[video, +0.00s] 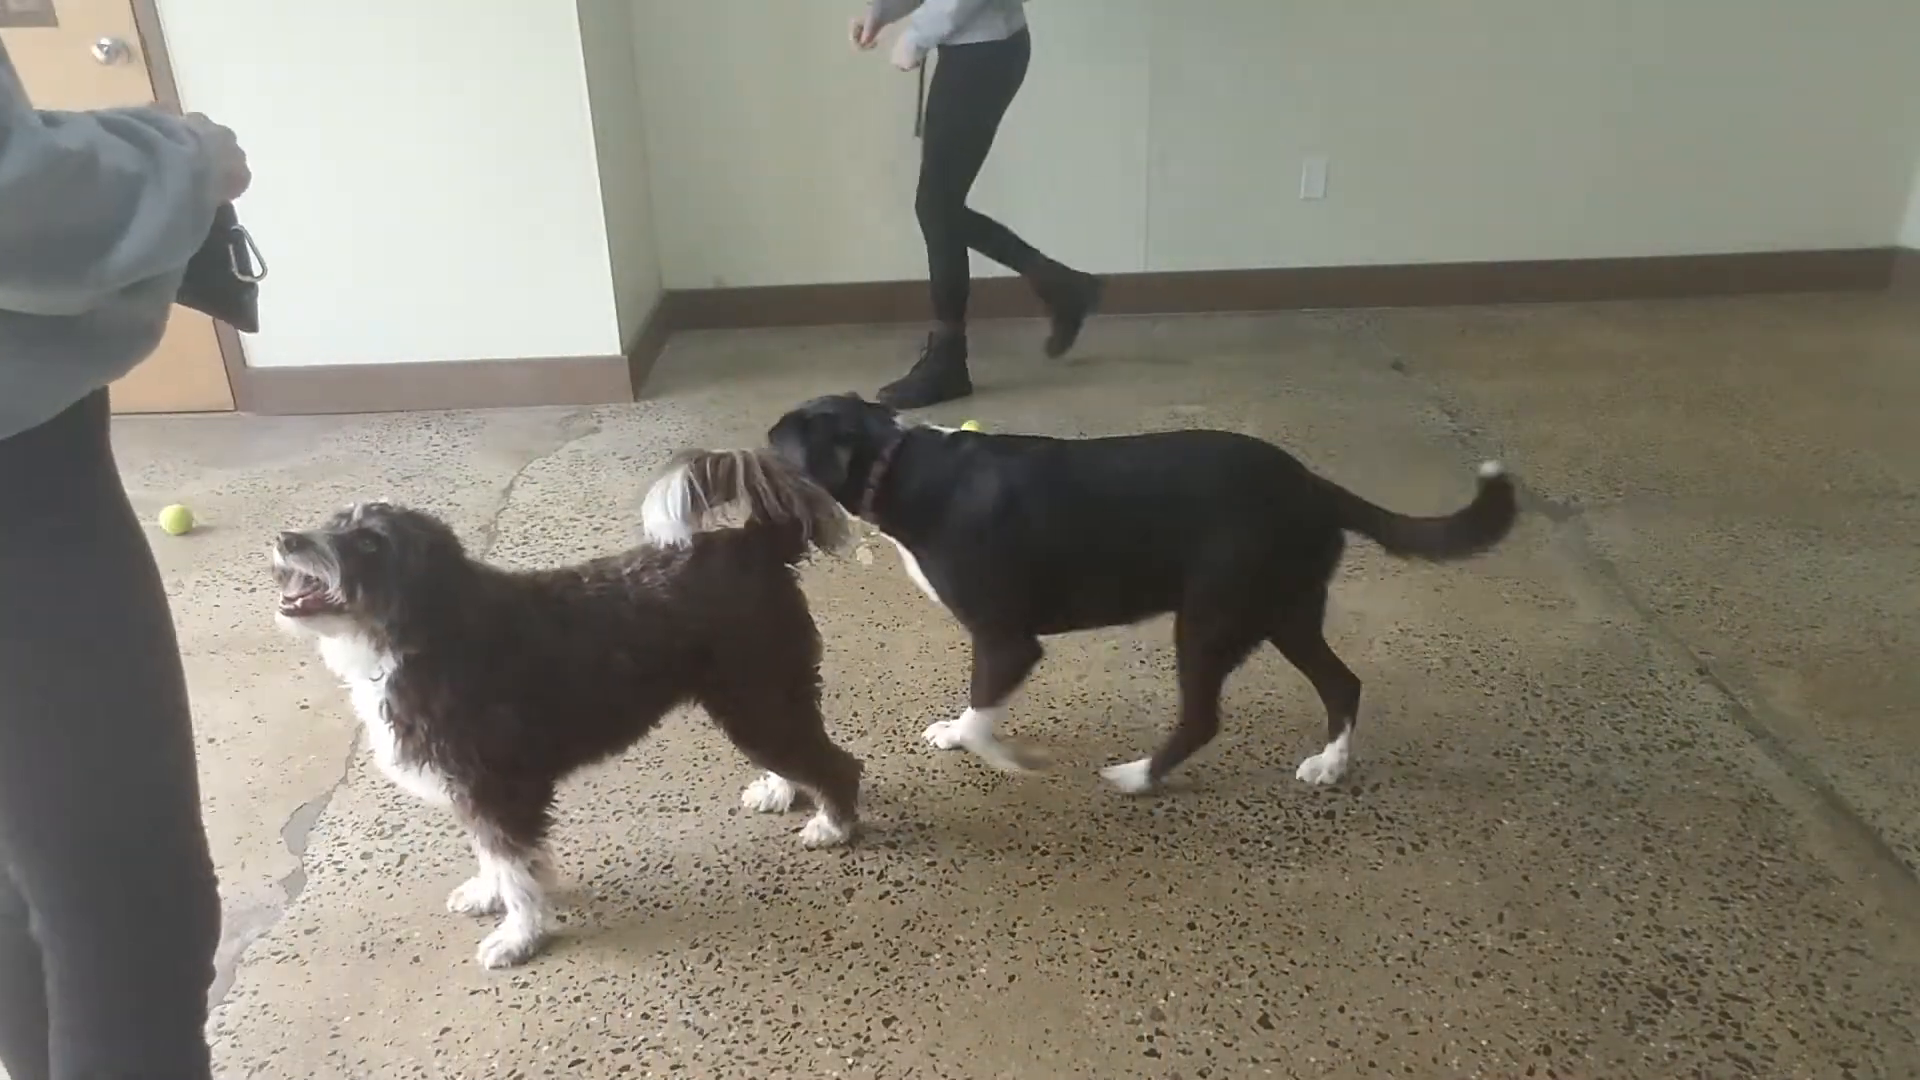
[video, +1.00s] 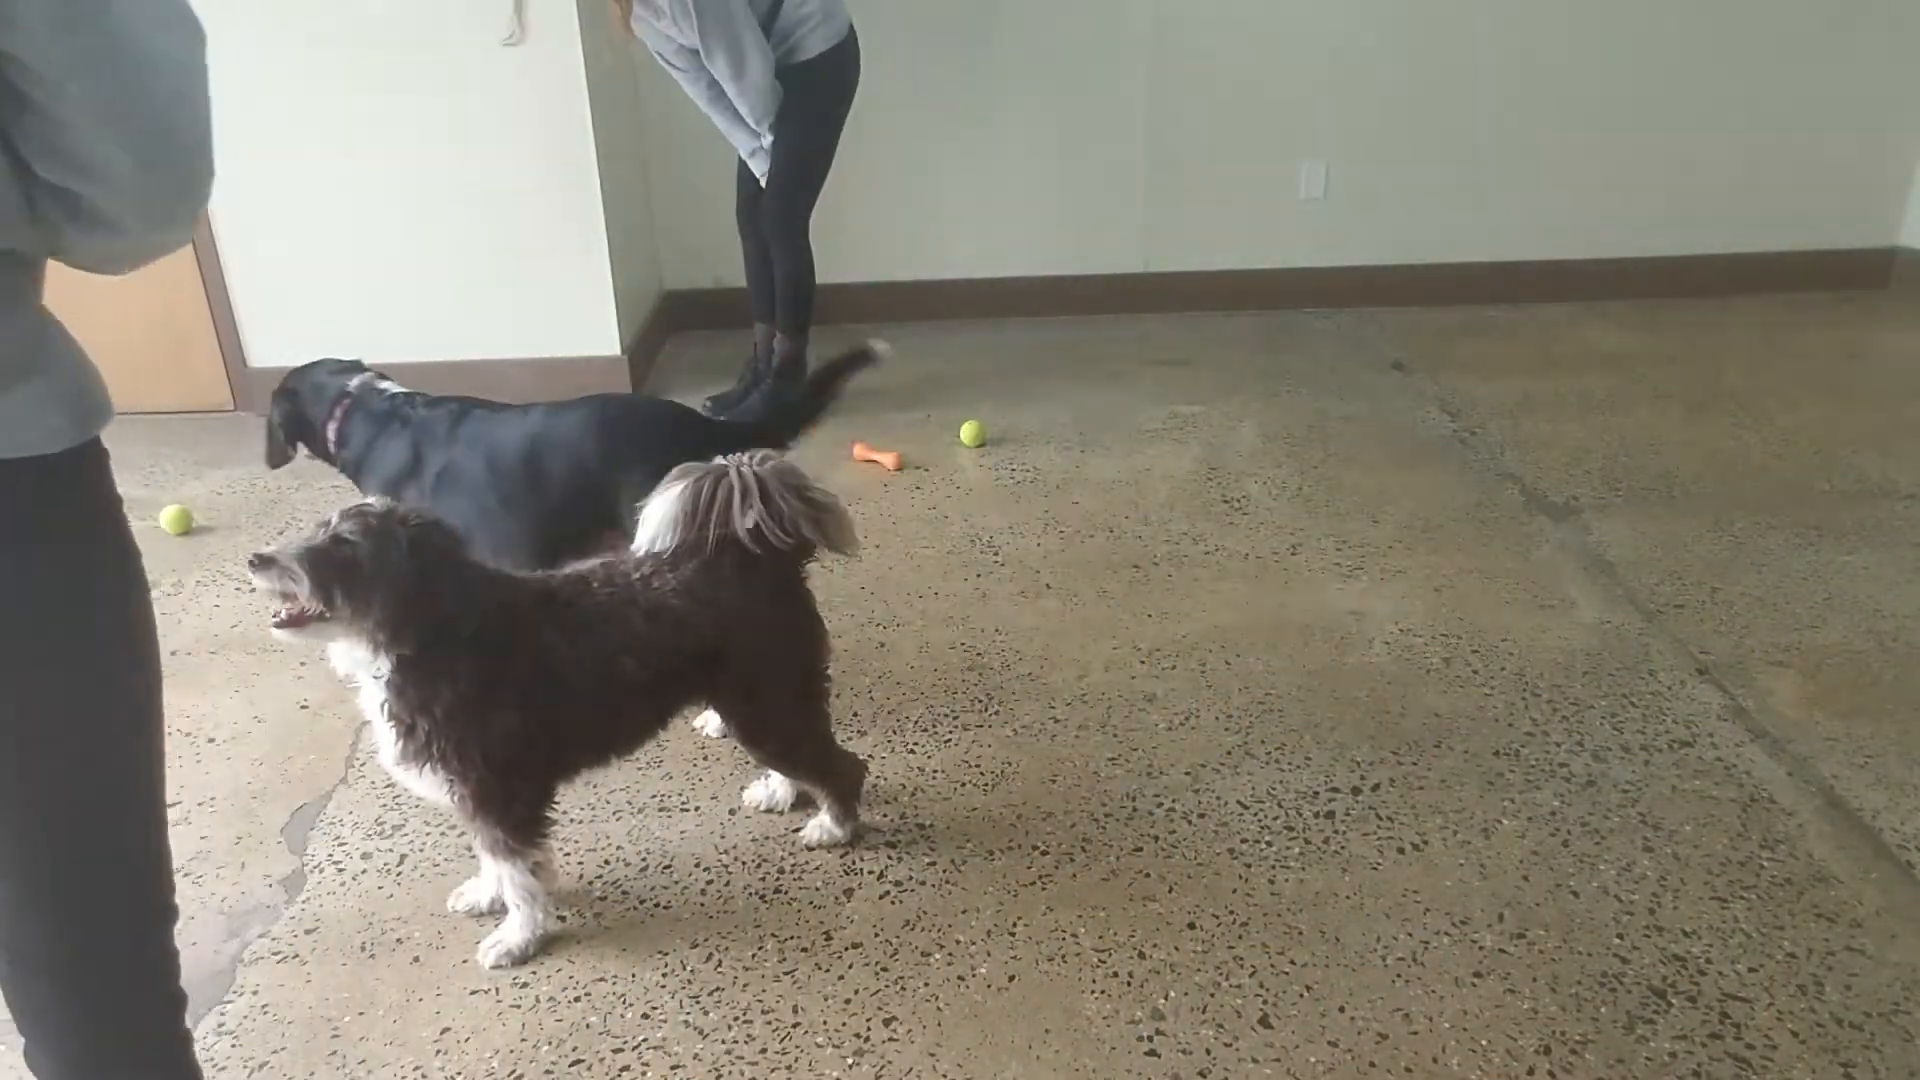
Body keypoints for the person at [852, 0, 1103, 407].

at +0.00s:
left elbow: (964, 6)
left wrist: (916, 35)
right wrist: (880, 12)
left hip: (987, 45)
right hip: (963, 45)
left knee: (938, 206)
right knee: (940, 206)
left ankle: (948, 364)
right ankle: (1062, 286)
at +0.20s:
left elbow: (890, 5)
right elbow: (857, 1)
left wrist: (857, 80)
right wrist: (830, 53)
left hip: (944, 47)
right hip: (889, 46)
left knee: (911, 210)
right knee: (842, 196)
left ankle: (946, 363)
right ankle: (859, 357)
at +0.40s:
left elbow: (841, 10)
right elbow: (777, 9)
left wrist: (821, 95)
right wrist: (784, 99)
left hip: (886, 58)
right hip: (819, 62)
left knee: (858, 228)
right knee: (791, 219)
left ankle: (936, 351)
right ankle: (776, 368)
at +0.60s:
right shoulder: (707, 6)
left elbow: (783, 33)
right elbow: (721, 39)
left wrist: (781, 119)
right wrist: (755, 130)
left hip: (843, 50)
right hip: (777, 58)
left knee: (785, 215)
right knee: (757, 213)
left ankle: (865, 349)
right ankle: (772, 370)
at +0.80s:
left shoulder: (723, 4)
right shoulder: (662, 6)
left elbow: (761, 58)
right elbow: (703, 67)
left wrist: (772, 133)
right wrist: (751, 143)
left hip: (825, 54)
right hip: (764, 62)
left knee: (783, 213)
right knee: (752, 213)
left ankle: (791, 382)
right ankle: (764, 370)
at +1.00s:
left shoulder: (690, 4)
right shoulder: (643, 17)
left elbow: (750, 73)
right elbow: (705, 91)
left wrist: (774, 129)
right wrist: (759, 159)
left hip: (818, 53)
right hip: (767, 65)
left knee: (782, 211)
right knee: (752, 212)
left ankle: (789, 381)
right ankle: (764, 371)